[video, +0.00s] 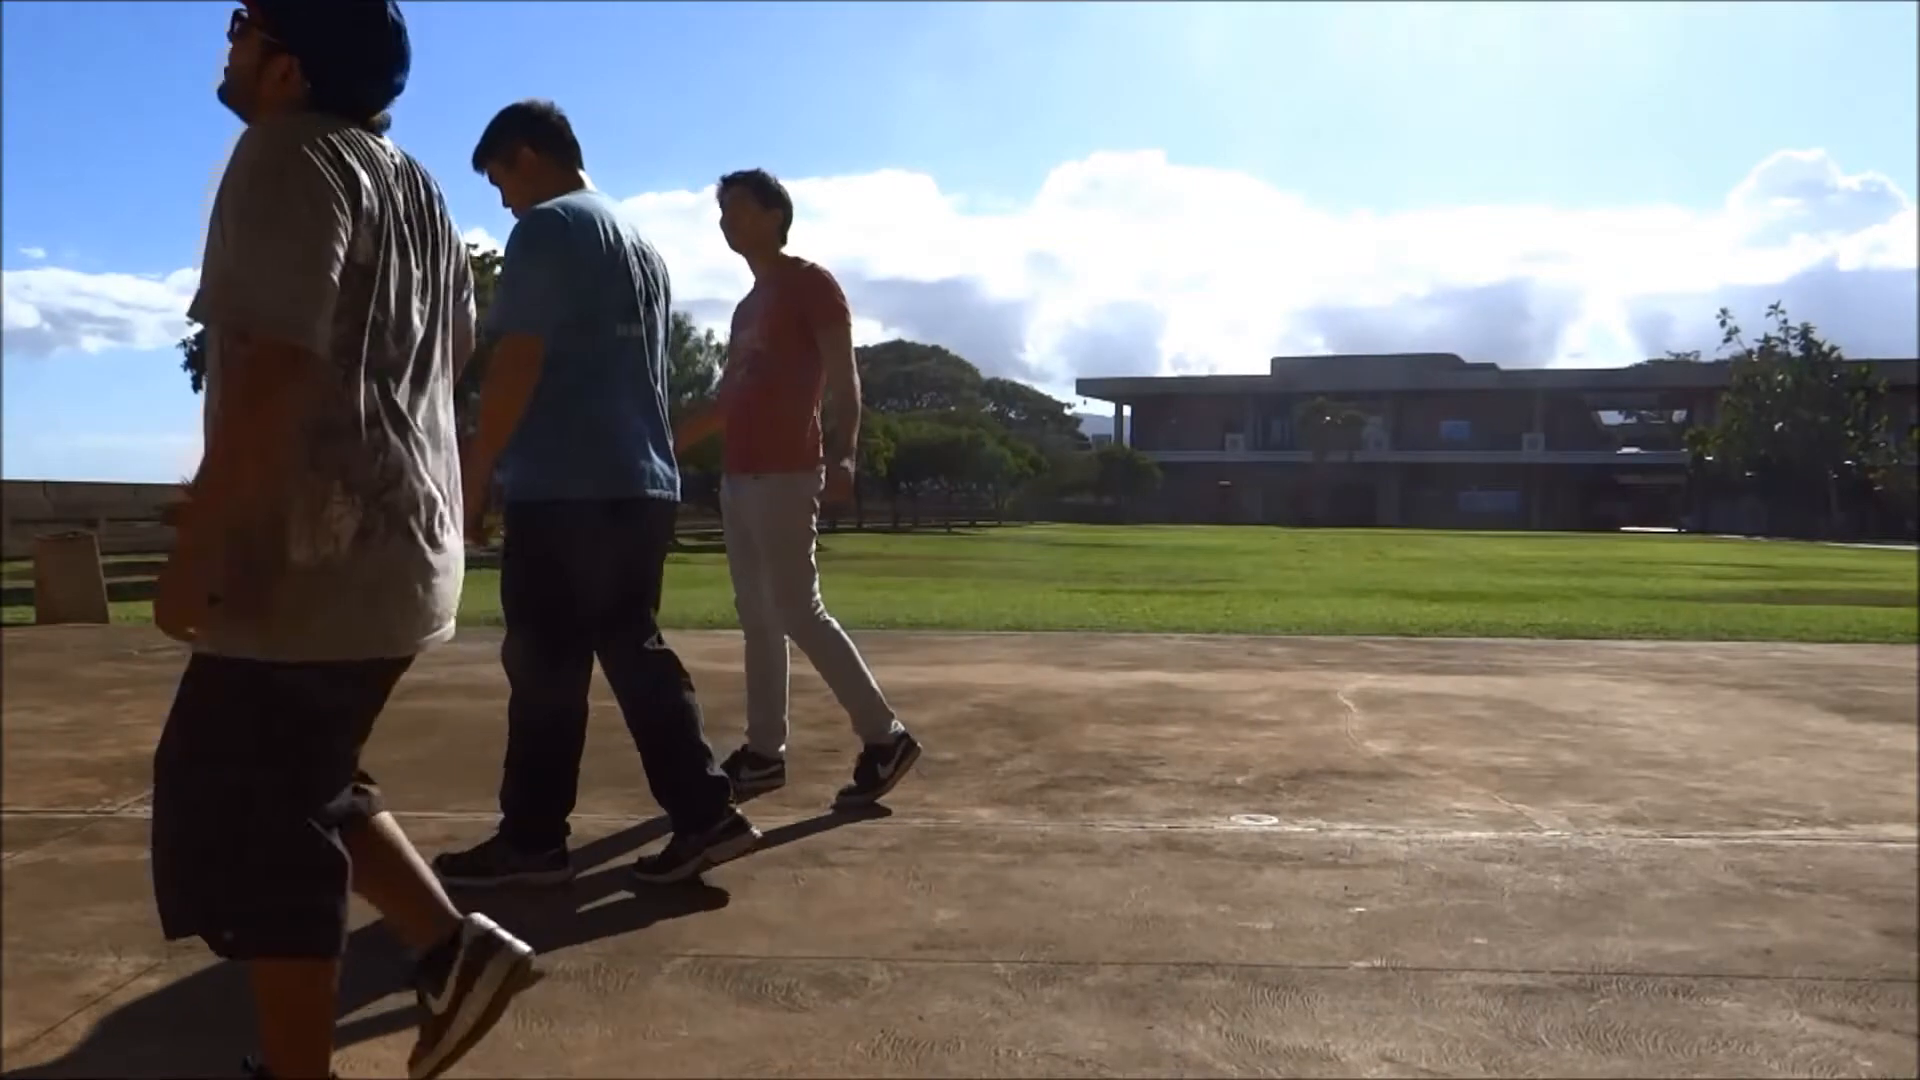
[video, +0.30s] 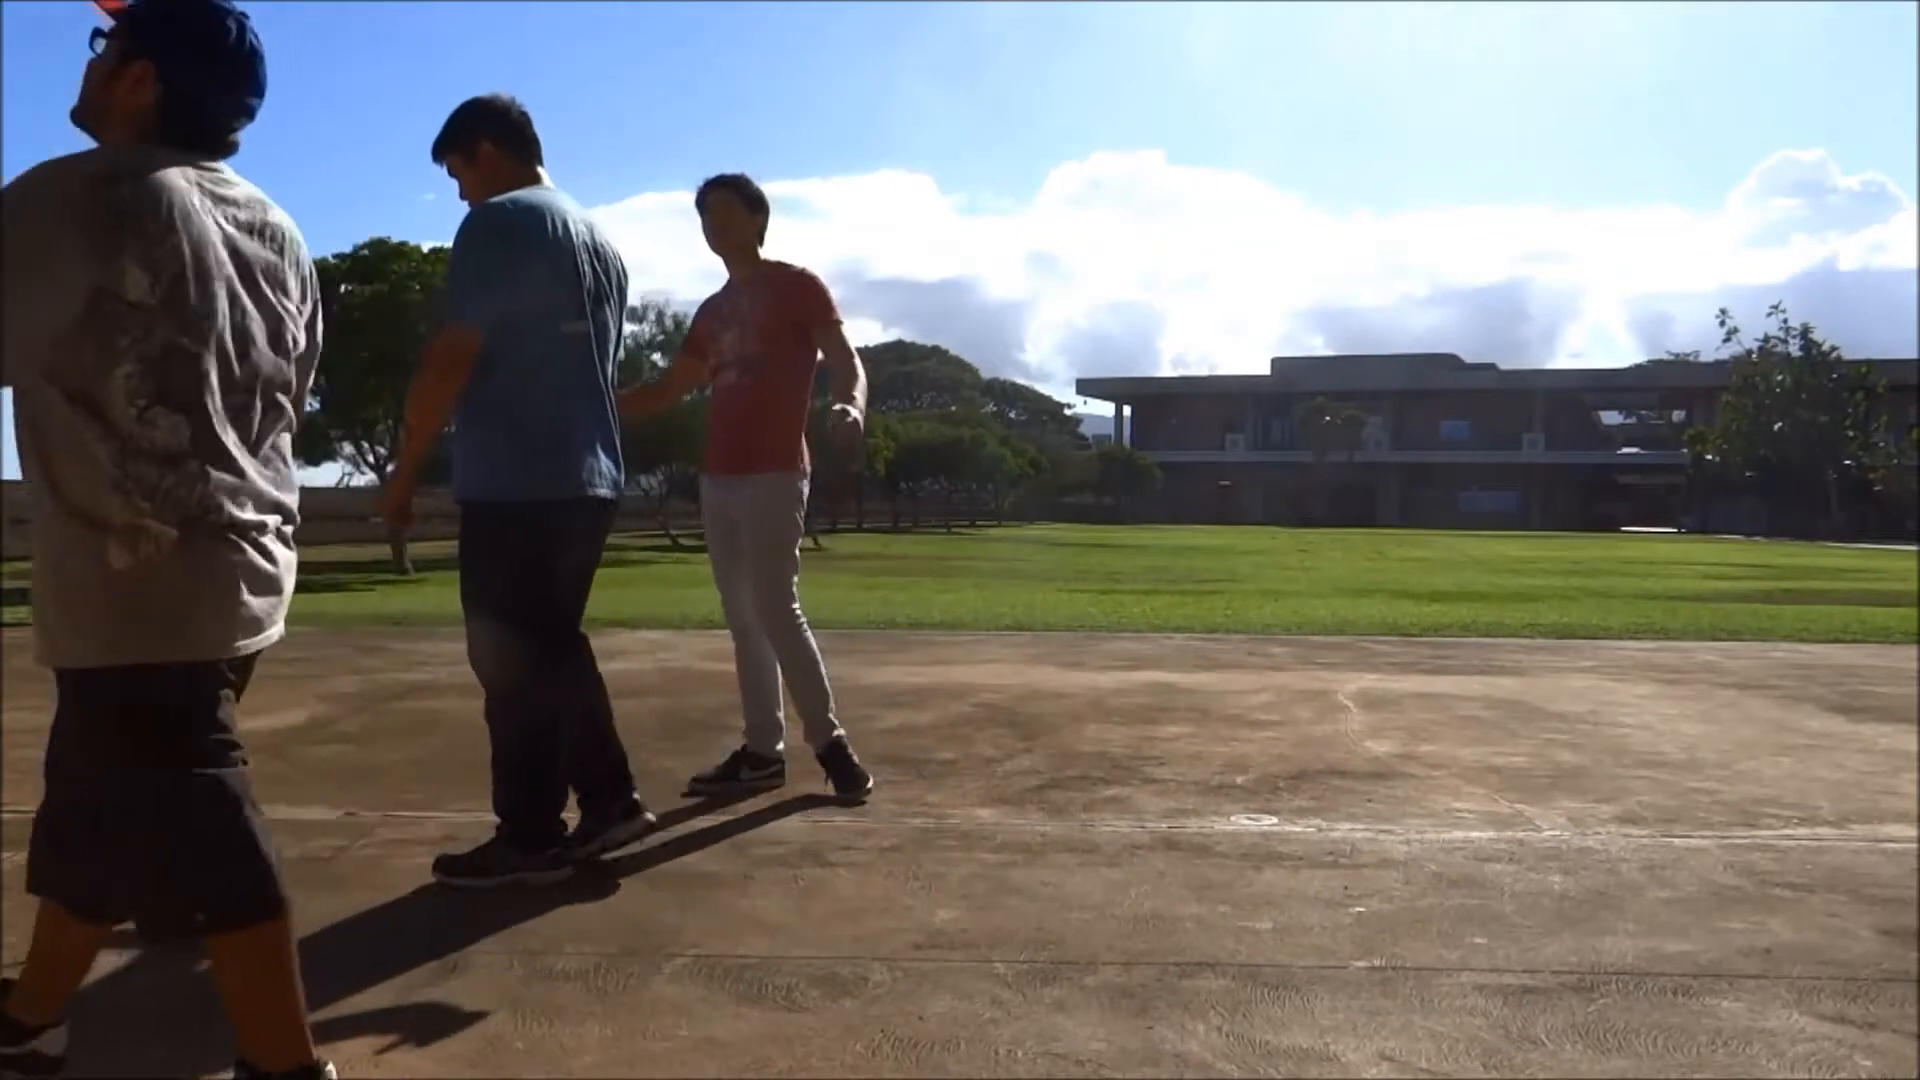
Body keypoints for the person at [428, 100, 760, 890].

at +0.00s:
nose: (502, 195)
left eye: (501, 176)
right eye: (495, 180)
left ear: (532, 156)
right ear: (566, 158)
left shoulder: (544, 227)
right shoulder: (639, 241)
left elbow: (518, 356)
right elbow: (647, 374)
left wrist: (476, 464)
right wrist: (622, 461)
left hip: (562, 489)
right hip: (643, 486)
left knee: (544, 662)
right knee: (634, 642)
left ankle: (532, 837)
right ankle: (705, 814)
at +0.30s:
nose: (458, 191)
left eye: (457, 174)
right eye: (452, 178)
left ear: (485, 153)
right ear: (526, 151)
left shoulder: (495, 225)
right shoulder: (598, 239)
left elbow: (450, 356)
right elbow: (597, 375)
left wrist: (404, 470)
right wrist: (542, 445)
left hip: (513, 489)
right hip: (586, 483)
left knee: (510, 655)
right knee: (556, 638)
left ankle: (530, 836)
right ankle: (611, 806)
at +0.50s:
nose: (434, 189)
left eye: (435, 171)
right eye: (429, 174)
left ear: (467, 154)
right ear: (503, 153)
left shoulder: (473, 226)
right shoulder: (570, 240)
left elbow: (436, 355)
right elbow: (567, 371)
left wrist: (392, 465)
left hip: (492, 487)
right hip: (557, 483)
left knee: (499, 655)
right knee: (506, 647)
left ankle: (529, 836)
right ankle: (501, 808)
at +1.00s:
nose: (369, 197)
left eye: (371, 179)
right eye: (363, 183)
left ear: (417, 161)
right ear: (420, 164)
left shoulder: (459, 234)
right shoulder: (459, 237)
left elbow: (442, 361)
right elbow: (465, 367)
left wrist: (393, 470)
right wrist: (404, 468)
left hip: (461, 486)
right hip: (440, 487)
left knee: (469, 653)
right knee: (422, 649)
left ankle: (525, 828)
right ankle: (419, 809)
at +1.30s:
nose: (350, 192)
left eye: (358, 174)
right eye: (342, 177)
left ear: (408, 163)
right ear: (357, 178)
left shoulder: (461, 247)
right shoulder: (380, 264)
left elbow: (458, 366)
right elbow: (354, 381)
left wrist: (401, 468)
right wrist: (317, 477)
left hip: (453, 484)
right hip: (393, 487)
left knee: (453, 642)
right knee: (401, 646)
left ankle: (516, 815)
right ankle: (418, 809)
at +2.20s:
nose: (462, 179)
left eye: (476, 165)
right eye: (445, 165)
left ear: (498, 168)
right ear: (418, 165)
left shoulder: (527, 260)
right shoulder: (371, 255)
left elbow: (548, 375)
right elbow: (331, 368)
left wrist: (518, 476)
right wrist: (300, 465)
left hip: (480, 492)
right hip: (382, 491)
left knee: (481, 663)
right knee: (368, 646)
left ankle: (475, 822)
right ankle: (407, 801)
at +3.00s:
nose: (426, 183)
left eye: (434, 169)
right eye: (410, 168)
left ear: (442, 176)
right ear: (368, 169)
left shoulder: (463, 266)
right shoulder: (311, 255)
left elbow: (502, 362)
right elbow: (251, 350)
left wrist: (533, 419)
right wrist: (274, 370)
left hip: (444, 493)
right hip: (344, 497)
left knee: (457, 658)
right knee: (334, 661)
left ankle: (477, 816)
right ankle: (329, 811)